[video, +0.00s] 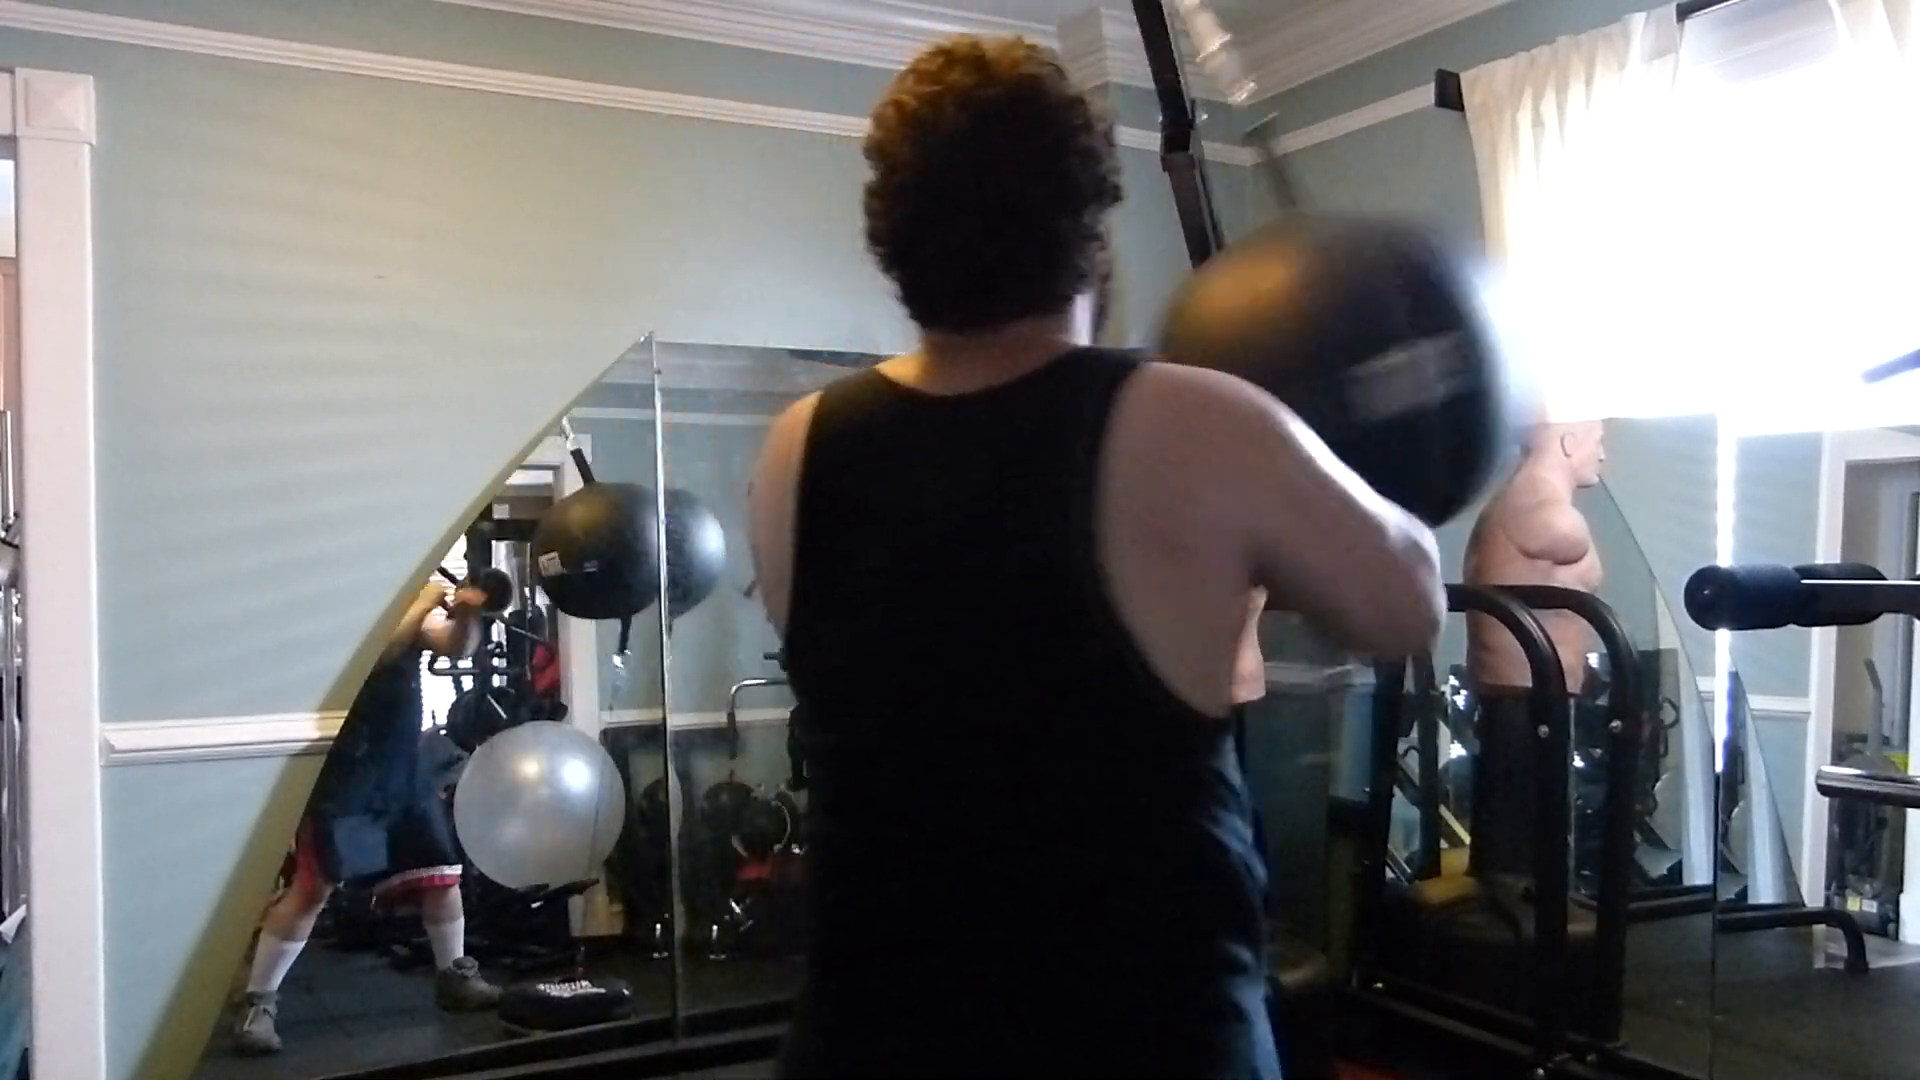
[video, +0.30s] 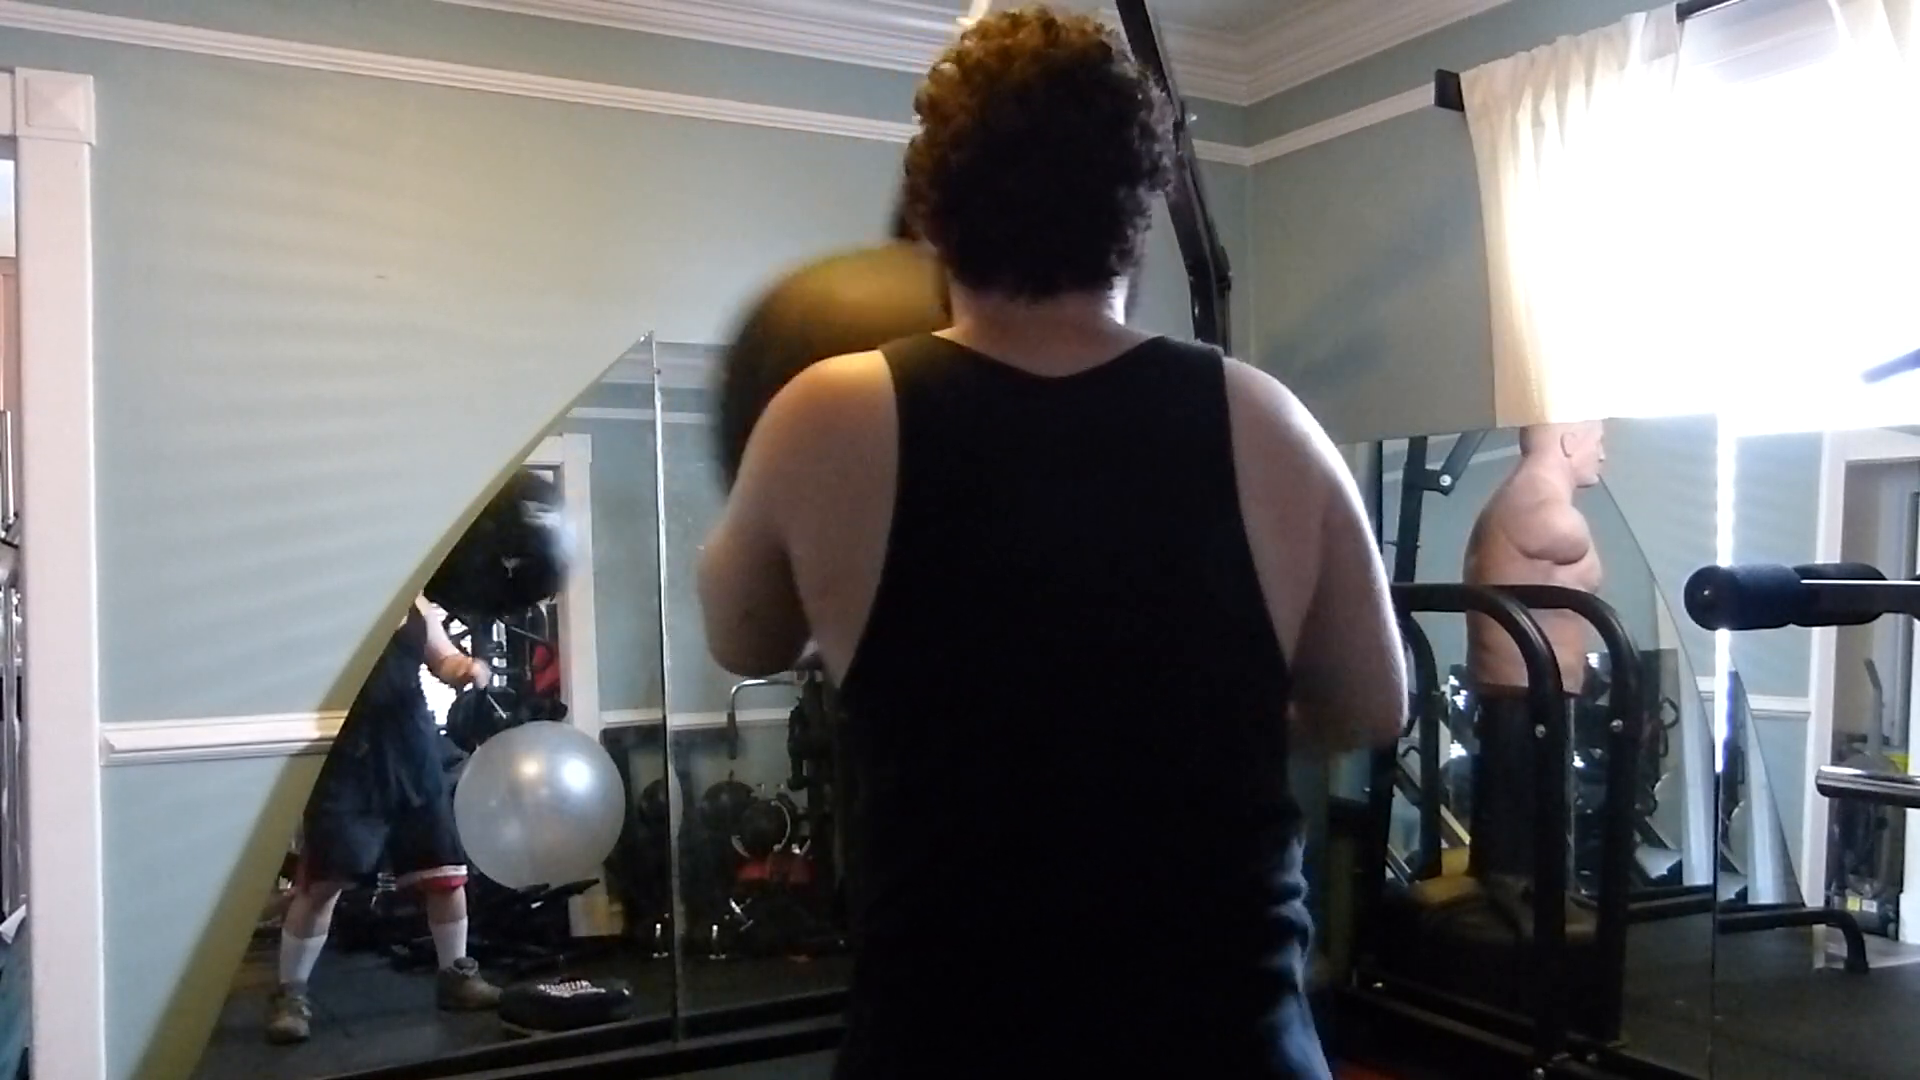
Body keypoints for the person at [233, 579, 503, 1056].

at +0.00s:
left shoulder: (410, 592)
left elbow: (455, 647)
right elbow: (376, 648)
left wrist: (466, 611)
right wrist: (423, 600)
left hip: (401, 766)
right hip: (335, 770)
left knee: (441, 871)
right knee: (313, 886)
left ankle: (455, 976)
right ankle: (258, 1003)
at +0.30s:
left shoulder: (413, 602)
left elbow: (444, 659)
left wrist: (470, 666)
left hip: (414, 753)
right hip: (343, 757)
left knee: (445, 872)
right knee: (323, 879)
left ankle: (456, 977)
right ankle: (292, 995)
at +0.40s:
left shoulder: (406, 629)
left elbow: (435, 693)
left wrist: (434, 689)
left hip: (401, 762)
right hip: (326, 769)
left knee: (446, 872)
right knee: (316, 884)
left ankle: (455, 976)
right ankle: (288, 995)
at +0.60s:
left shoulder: (380, 617)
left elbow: (417, 679)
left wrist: (401, 651)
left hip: (391, 773)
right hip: (328, 779)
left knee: (450, 867)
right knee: (314, 893)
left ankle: (456, 973)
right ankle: (287, 997)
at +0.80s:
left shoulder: (383, 595)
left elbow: (458, 622)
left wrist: (439, 601)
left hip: (393, 761)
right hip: (327, 771)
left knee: (454, 865)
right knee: (313, 886)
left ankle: (499, 968)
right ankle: (288, 996)